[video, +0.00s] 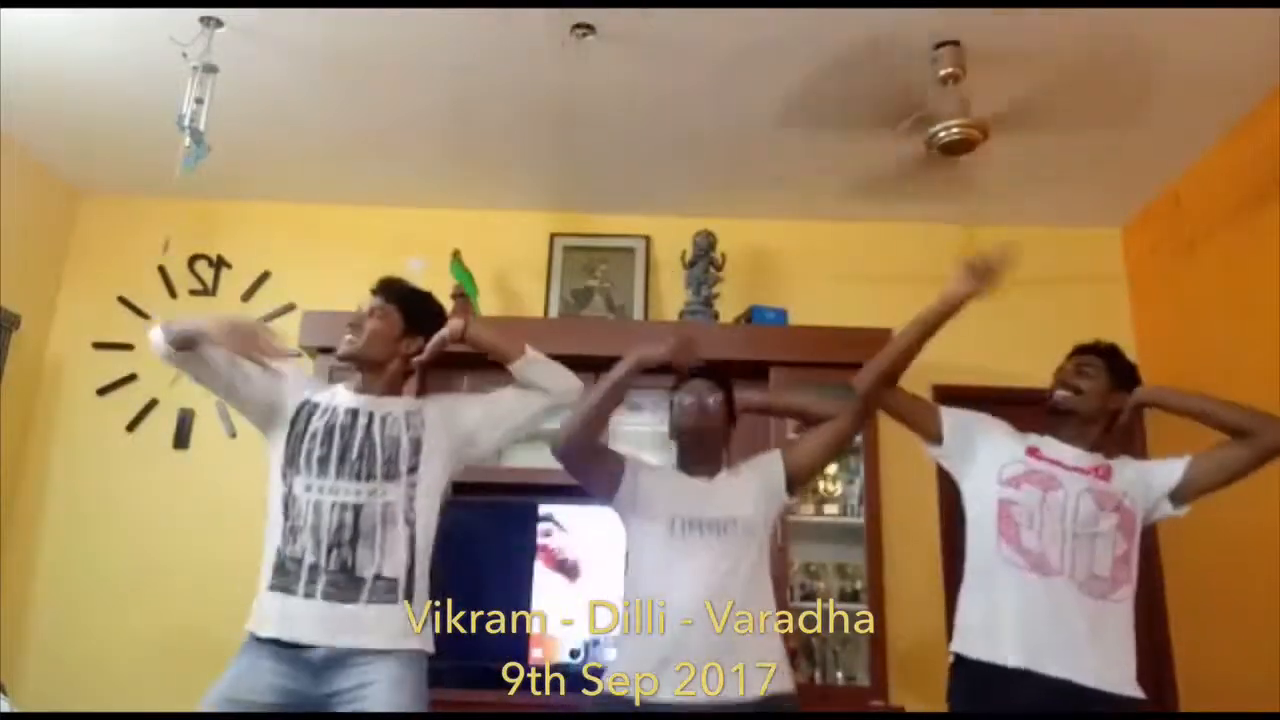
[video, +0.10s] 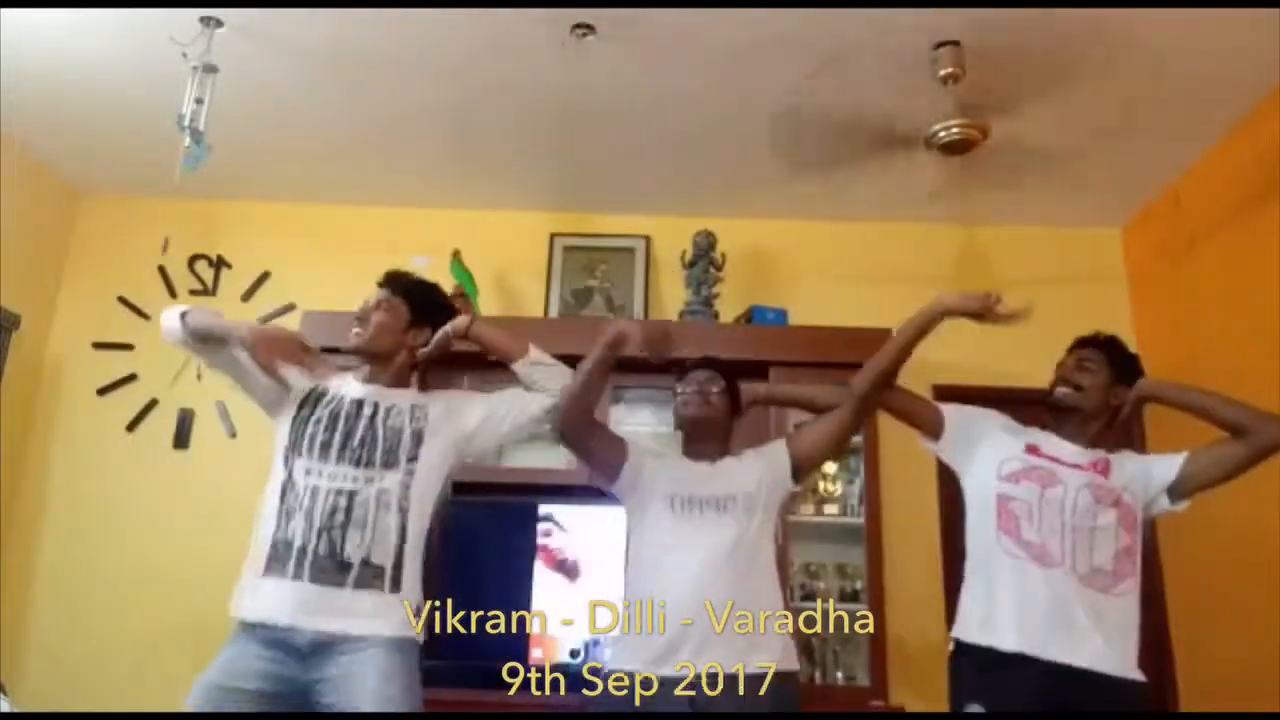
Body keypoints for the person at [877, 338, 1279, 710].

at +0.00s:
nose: (1063, 380)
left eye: (1085, 375)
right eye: (1061, 372)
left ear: (1119, 402)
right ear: (1050, 388)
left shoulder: (1139, 482)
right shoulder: (988, 442)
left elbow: (1268, 436)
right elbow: (873, 383)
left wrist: (1153, 395)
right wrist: (950, 300)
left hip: (1096, 692)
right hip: (989, 680)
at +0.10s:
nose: (1066, 375)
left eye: (1085, 371)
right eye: (1064, 366)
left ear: (1118, 397)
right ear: (1051, 380)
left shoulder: (1137, 474)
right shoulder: (988, 436)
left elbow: (1266, 433)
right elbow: (874, 390)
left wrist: (1154, 390)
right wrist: (937, 308)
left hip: (1100, 680)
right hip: (995, 667)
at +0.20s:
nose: (1067, 377)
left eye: (1086, 372)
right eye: (1062, 370)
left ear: (1119, 400)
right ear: (1051, 385)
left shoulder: (1137, 478)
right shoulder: (991, 438)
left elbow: (1267, 434)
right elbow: (894, 357)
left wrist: (1156, 389)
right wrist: (891, 254)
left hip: (1107, 690)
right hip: (1000, 674)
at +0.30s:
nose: (1066, 374)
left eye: (1086, 369)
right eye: (1063, 366)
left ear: (1118, 397)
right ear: (1053, 383)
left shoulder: (1138, 477)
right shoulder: (995, 436)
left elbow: (1266, 430)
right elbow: (908, 337)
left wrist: (1153, 388)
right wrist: (894, 221)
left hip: (1107, 693)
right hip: (997, 680)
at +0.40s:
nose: (1067, 362)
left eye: (1087, 357)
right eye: (1065, 354)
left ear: (1121, 385)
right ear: (1054, 370)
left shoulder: (1140, 464)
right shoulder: (993, 423)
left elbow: (1268, 419)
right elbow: (899, 334)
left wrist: (1158, 376)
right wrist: (920, 213)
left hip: (1101, 681)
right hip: (994, 669)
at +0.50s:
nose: (1073, 357)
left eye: (1093, 350)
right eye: (1070, 348)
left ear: (1129, 374)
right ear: (1061, 364)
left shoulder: (1145, 460)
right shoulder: (1001, 421)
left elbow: (1270, 423)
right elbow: (890, 357)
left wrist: (1168, 370)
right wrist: (934, 257)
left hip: (1106, 677)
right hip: (998, 664)